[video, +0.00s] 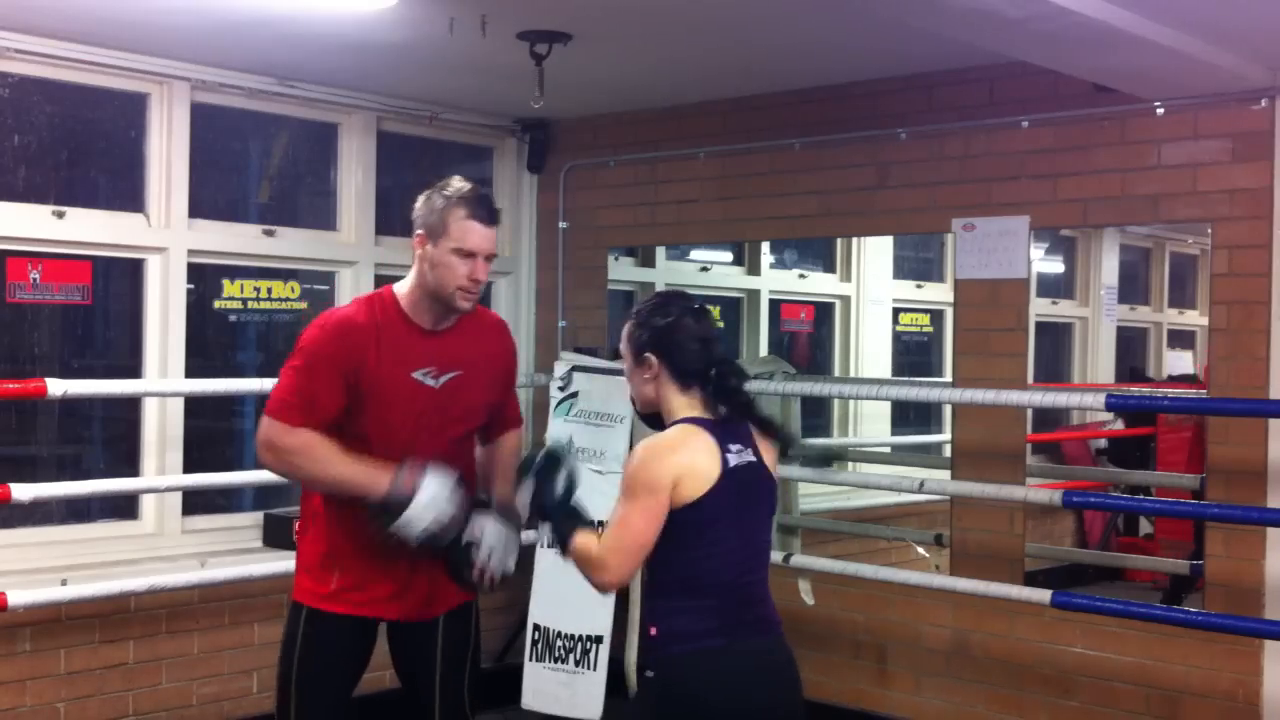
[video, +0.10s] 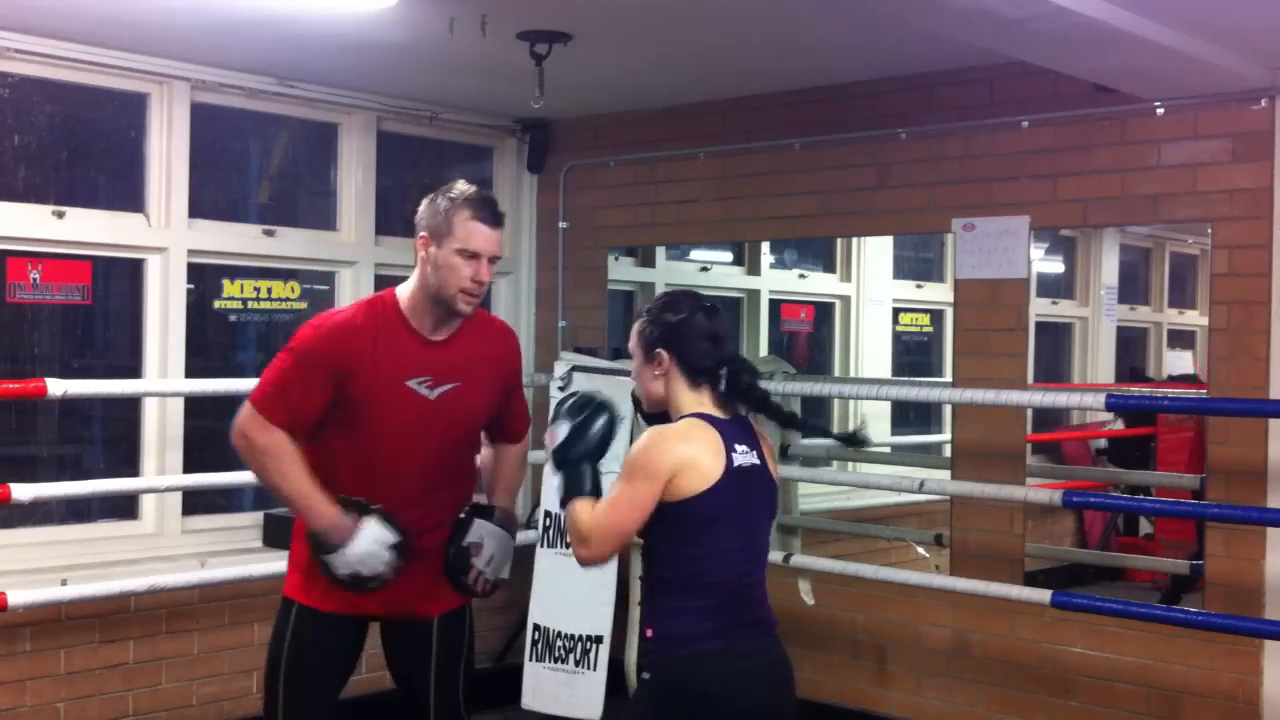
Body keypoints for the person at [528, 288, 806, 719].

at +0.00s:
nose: (626, 375)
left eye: (625, 362)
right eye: (623, 362)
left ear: (650, 367)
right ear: (704, 361)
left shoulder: (659, 455)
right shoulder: (758, 443)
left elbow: (609, 571)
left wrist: (559, 514)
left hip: (685, 679)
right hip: (764, 671)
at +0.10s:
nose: (631, 372)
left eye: (633, 358)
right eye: (630, 358)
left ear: (661, 363)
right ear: (709, 360)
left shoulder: (663, 446)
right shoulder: (755, 439)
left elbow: (590, 546)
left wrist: (576, 465)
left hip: (685, 678)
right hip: (760, 668)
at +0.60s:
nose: (677, 368)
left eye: (680, 353)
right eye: (677, 354)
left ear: (713, 351)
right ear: (757, 349)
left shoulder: (705, 426)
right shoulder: (799, 429)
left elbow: (639, 526)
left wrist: (630, 443)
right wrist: (682, 425)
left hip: (721, 664)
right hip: (794, 654)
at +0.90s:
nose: (653, 375)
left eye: (653, 361)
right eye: (649, 362)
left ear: (677, 357)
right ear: (724, 354)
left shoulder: (689, 429)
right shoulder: (756, 433)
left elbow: (614, 491)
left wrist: (576, 453)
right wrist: (637, 449)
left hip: (672, 658)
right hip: (740, 656)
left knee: (584, 709)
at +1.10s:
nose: (611, 373)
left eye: (611, 361)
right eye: (608, 362)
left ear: (632, 358)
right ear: (685, 356)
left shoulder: (603, 415)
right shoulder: (727, 439)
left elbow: (489, 418)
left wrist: (503, 375)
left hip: (602, 659)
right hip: (687, 665)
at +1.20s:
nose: (593, 366)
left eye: (594, 356)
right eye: (593, 355)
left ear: (611, 360)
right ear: (667, 361)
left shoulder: (571, 420)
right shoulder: (704, 442)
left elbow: (460, 419)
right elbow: (709, 533)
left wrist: (456, 374)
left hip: (562, 635)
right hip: (647, 647)